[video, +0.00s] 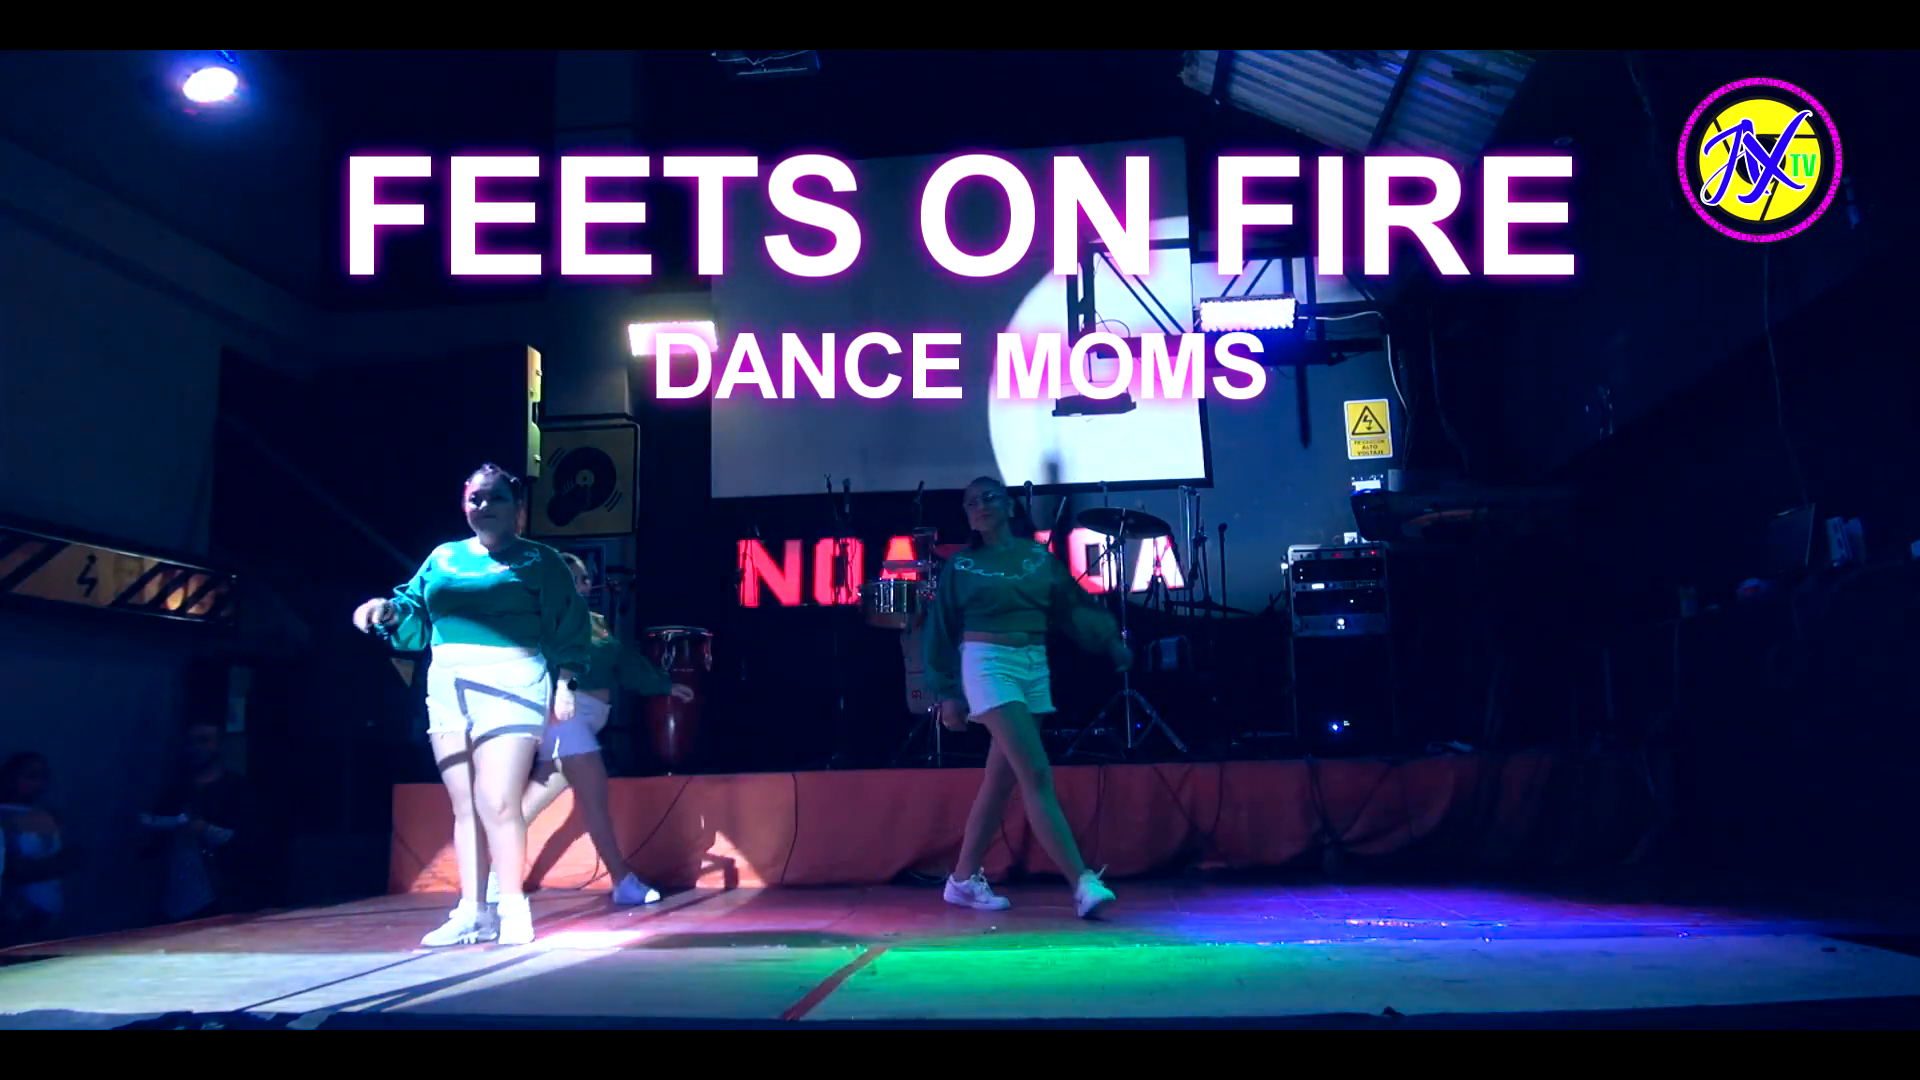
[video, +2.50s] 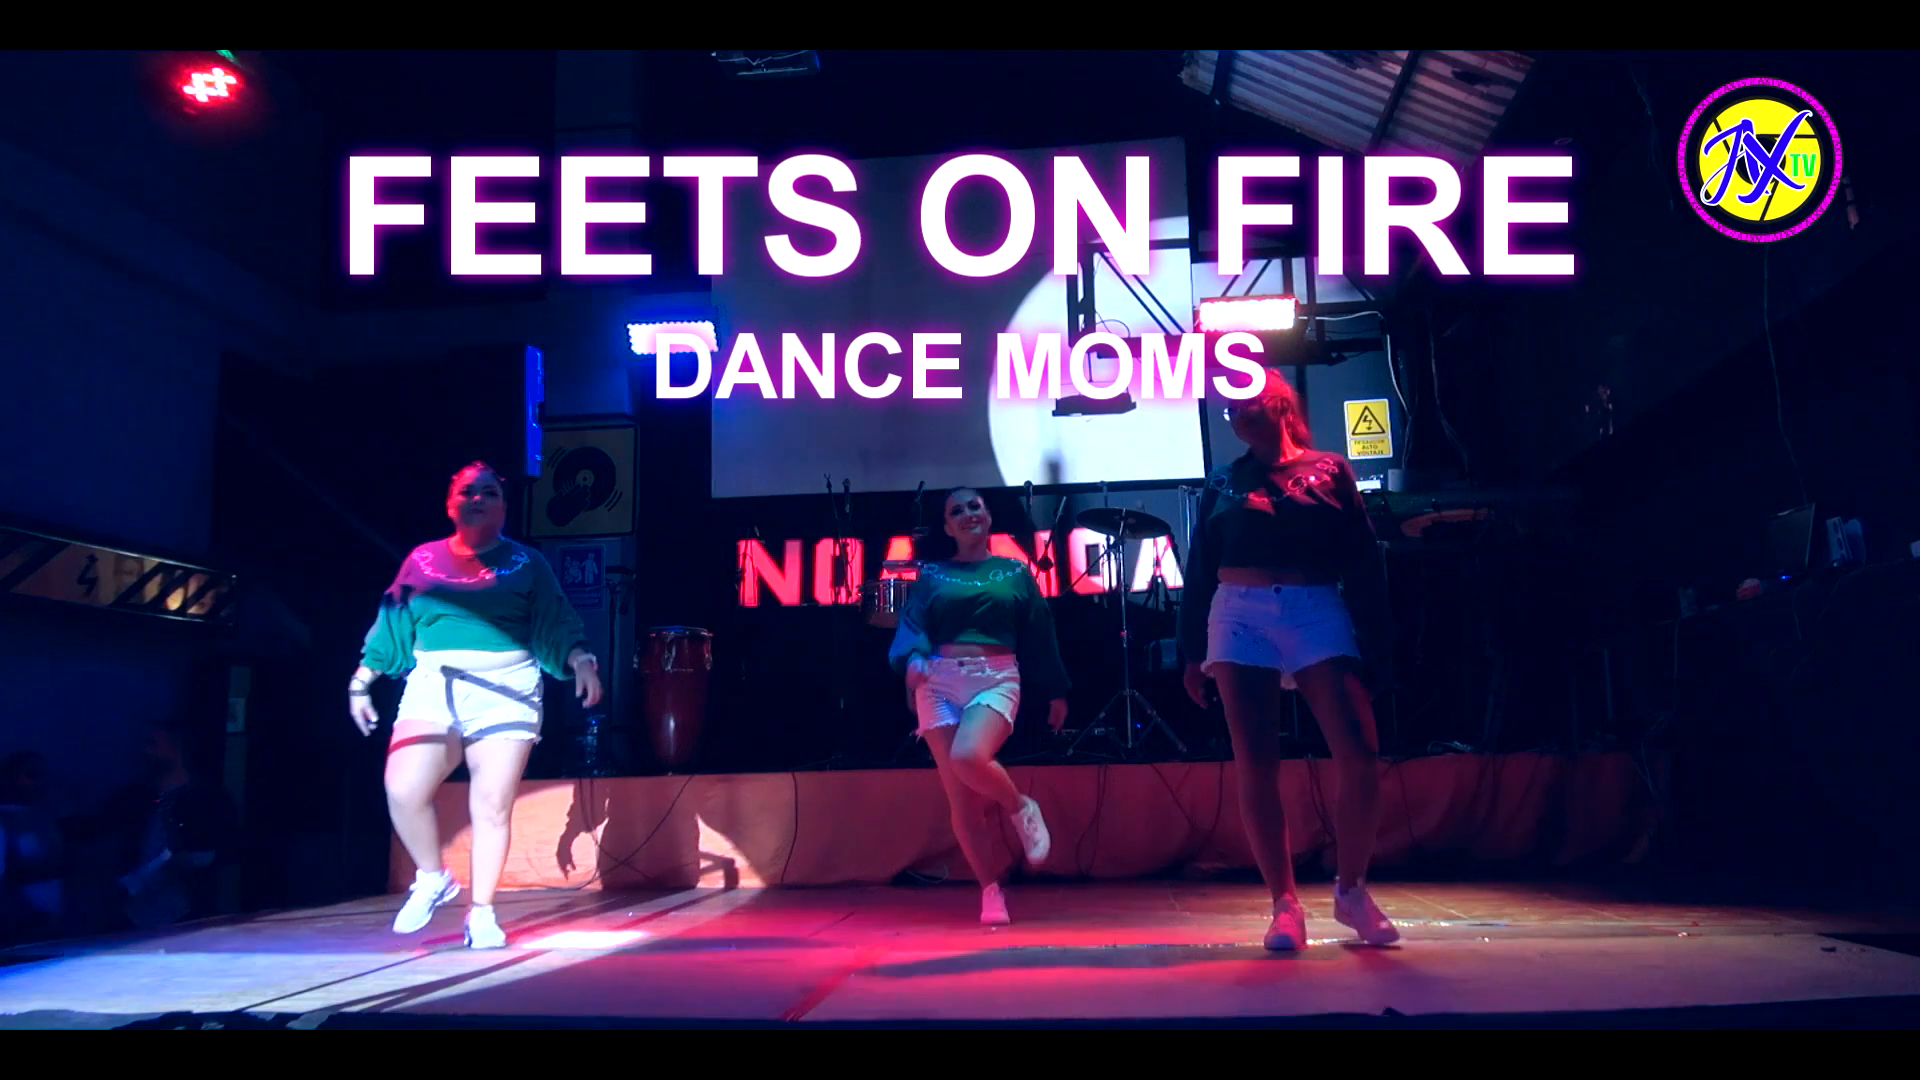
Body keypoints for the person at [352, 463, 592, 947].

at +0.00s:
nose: (480, 504)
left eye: (492, 498)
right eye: (473, 497)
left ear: (517, 508)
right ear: (463, 506)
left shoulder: (541, 563)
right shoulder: (442, 559)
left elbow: (571, 627)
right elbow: (417, 621)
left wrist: (566, 682)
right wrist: (387, 611)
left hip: (512, 688)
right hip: (447, 688)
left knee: (498, 804)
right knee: (465, 806)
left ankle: (514, 909)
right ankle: (471, 912)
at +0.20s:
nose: (486, 507)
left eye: (497, 499)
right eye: (478, 501)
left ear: (521, 509)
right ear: (468, 510)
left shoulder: (547, 564)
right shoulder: (451, 563)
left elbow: (572, 630)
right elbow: (427, 622)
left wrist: (570, 681)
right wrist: (407, 656)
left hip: (520, 691)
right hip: (453, 692)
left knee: (508, 803)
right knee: (441, 801)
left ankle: (512, 908)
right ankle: (467, 905)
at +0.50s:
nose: (489, 505)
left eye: (500, 499)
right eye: (480, 498)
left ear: (517, 508)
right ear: (466, 507)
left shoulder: (535, 554)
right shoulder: (443, 560)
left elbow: (573, 621)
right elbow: (426, 626)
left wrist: (563, 608)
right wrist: (431, 674)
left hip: (524, 682)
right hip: (454, 685)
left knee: (517, 800)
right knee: (440, 803)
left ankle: (515, 909)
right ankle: (456, 904)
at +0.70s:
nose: (484, 509)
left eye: (494, 502)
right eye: (475, 501)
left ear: (511, 511)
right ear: (459, 509)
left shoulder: (529, 566)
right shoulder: (428, 562)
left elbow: (553, 642)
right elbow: (401, 629)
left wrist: (556, 628)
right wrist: (384, 688)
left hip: (512, 685)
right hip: (441, 690)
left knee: (509, 804)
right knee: (443, 809)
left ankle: (512, 908)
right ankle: (458, 912)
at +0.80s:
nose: (478, 512)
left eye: (489, 504)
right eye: (469, 505)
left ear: (507, 514)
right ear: (456, 514)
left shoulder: (526, 572)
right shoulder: (427, 565)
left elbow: (549, 630)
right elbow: (385, 617)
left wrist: (552, 659)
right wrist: (341, 669)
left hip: (505, 687)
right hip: (434, 690)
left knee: (500, 802)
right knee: (440, 811)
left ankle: (509, 907)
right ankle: (457, 914)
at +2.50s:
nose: (476, 497)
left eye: (487, 492)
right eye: (466, 491)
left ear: (504, 508)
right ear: (450, 507)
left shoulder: (526, 564)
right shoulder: (422, 560)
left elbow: (556, 623)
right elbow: (390, 628)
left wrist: (581, 657)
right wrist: (360, 682)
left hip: (507, 685)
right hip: (431, 684)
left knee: (493, 803)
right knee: (403, 789)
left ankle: (482, 911)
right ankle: (432, 877)